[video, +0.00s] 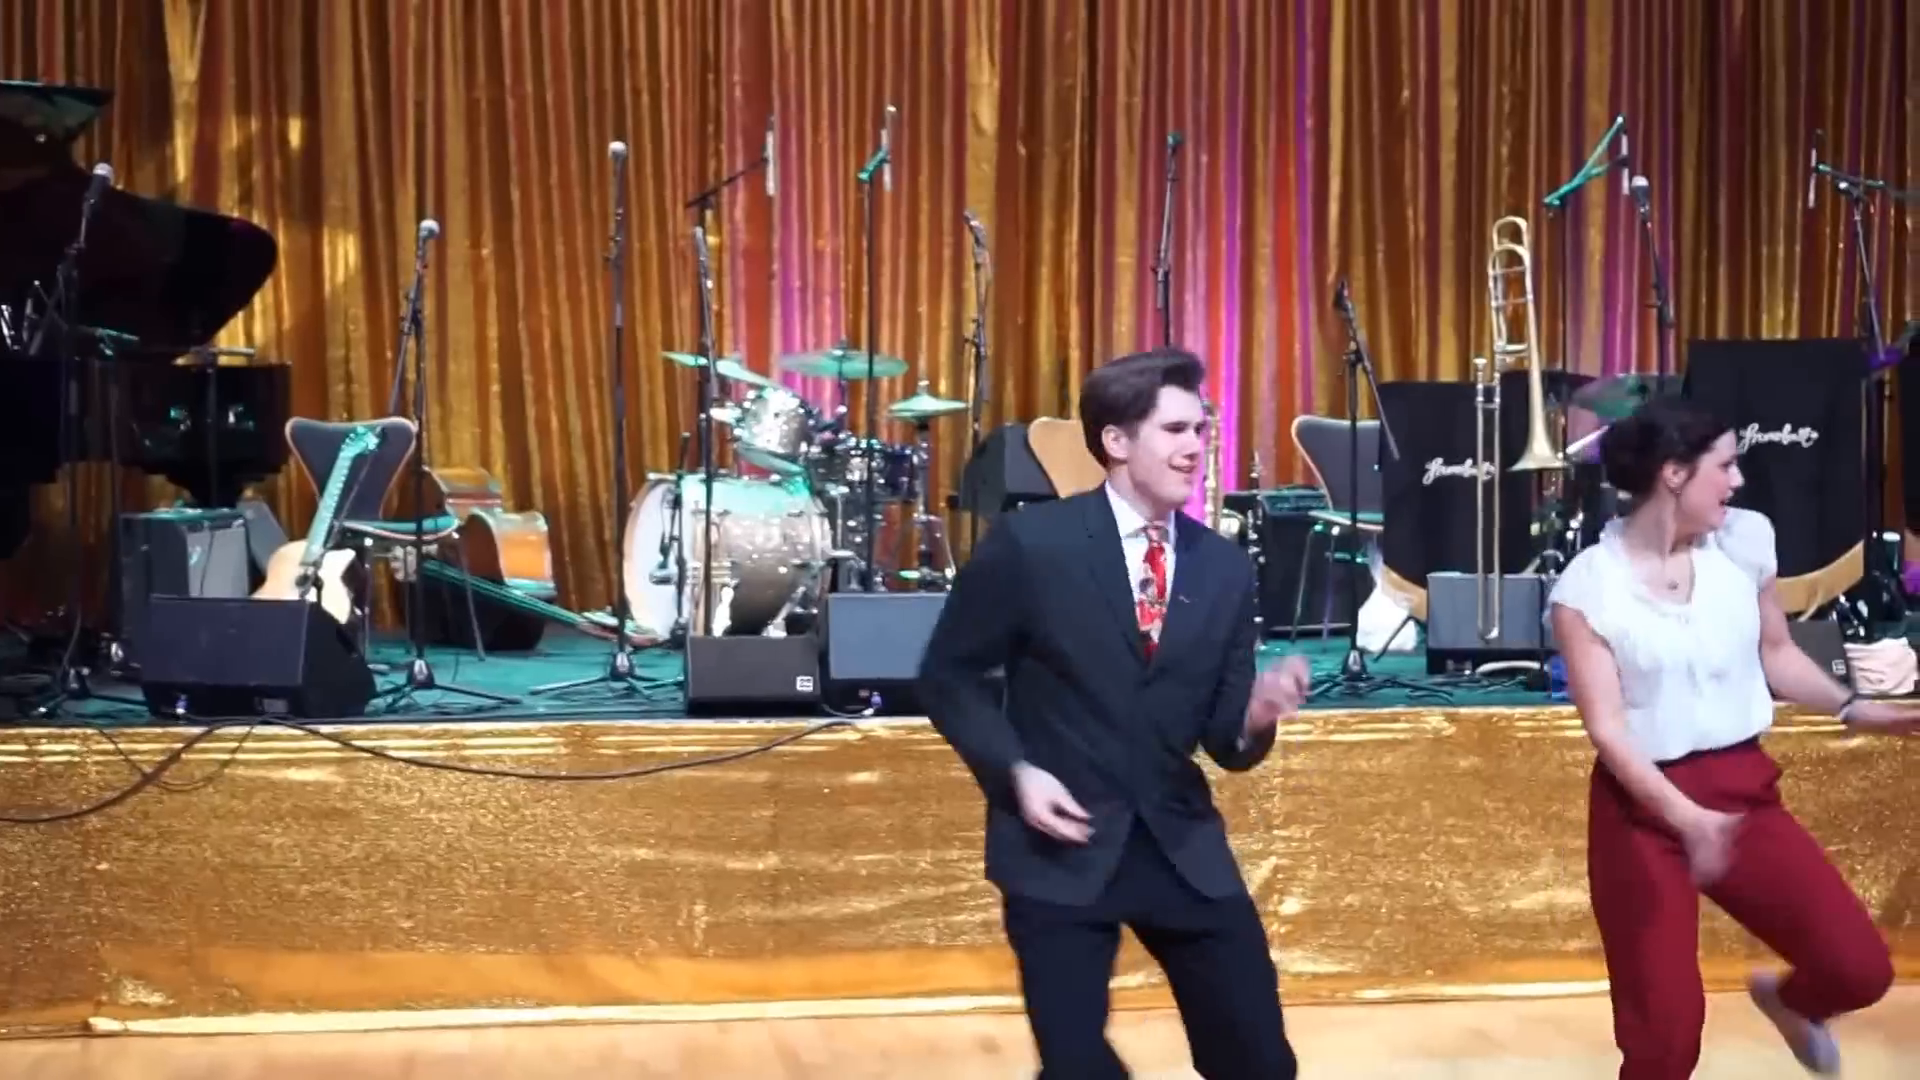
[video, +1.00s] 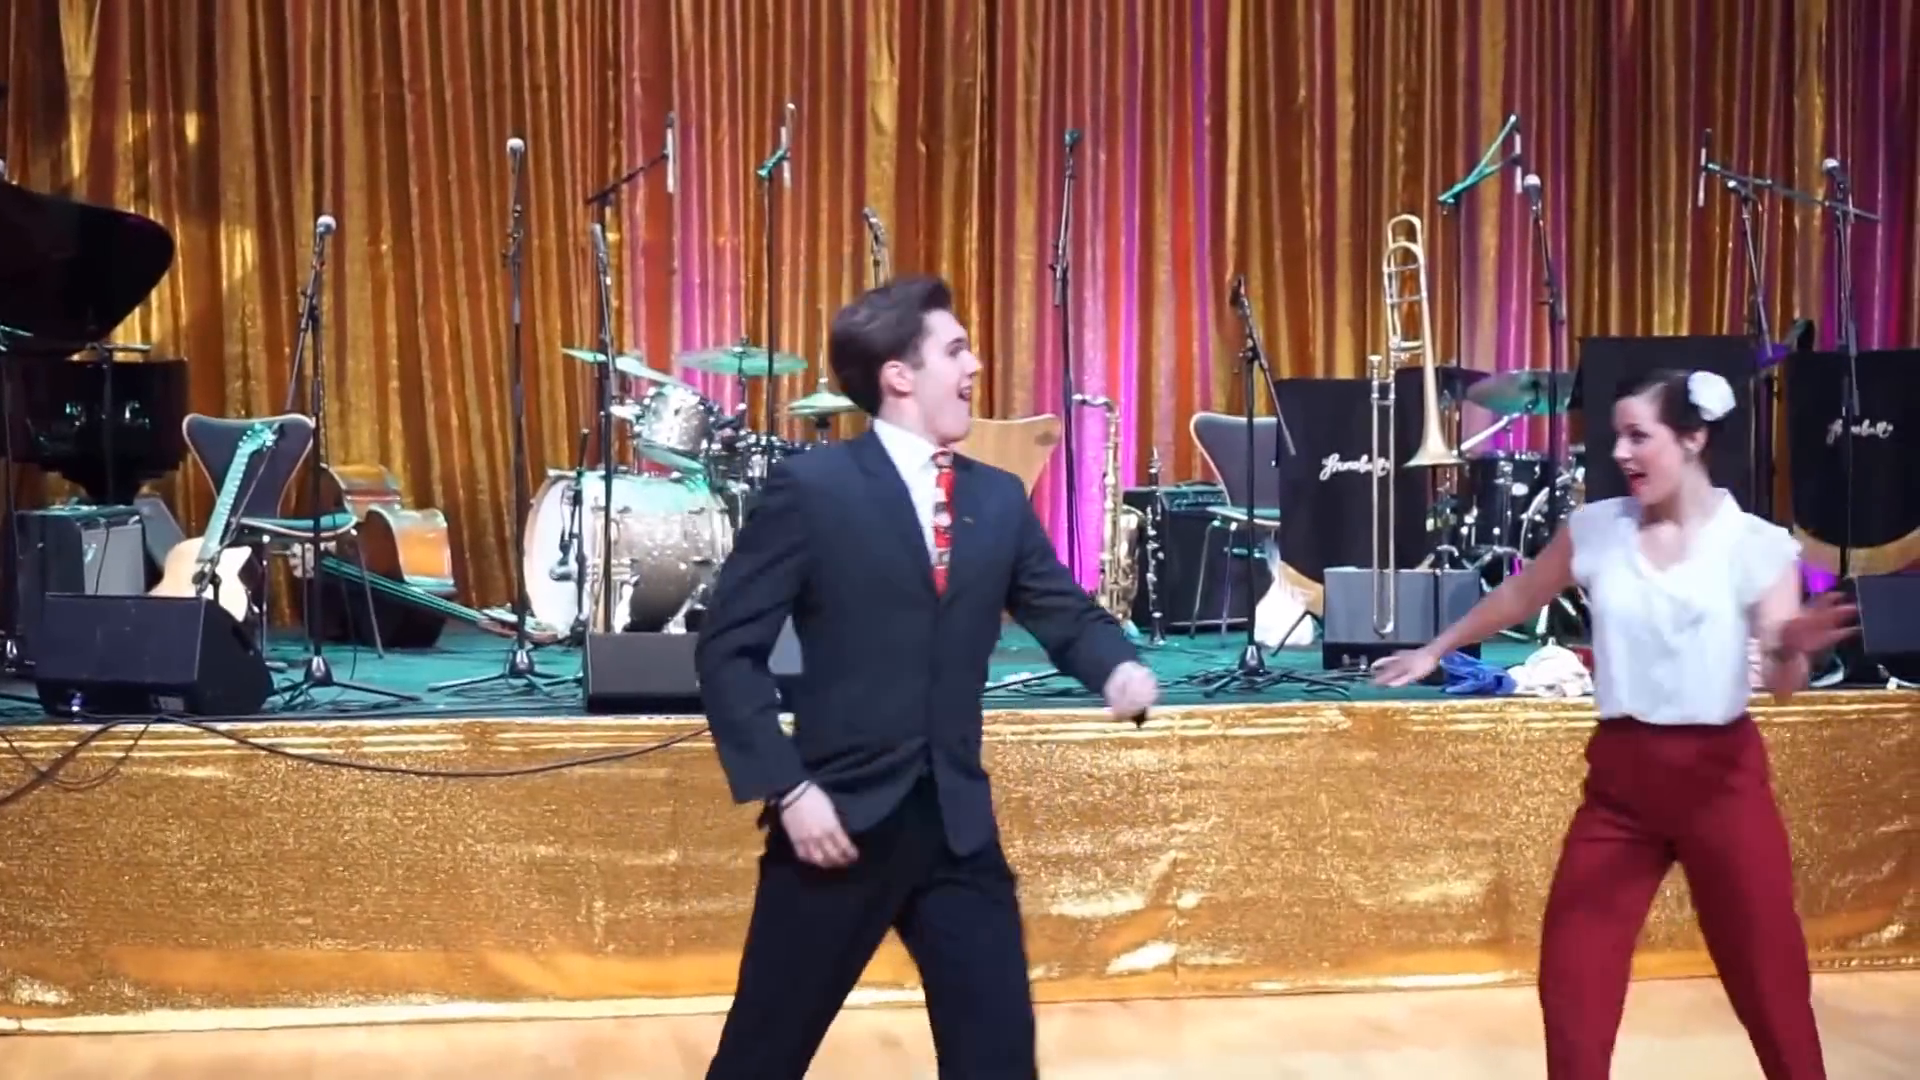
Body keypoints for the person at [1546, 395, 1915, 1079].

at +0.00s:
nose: (1735, 482)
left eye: (1734, 466)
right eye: (1723, 466)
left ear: (1676, 476)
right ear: (1671, 476)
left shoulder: (1743, 549)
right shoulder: (1587, 588)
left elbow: (1776, 650)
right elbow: (1607, 731)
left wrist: (1854, 708)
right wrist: (1688, 816)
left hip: (1745, 796)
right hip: (1640, 811)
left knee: (1861, 971)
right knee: (1665, 1044)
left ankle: (1785, 999)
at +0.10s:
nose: (1787, 445)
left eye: (1786, 430)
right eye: (1775, 431)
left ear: (1732, 438)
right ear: (1724, 438)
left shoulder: (1780, 511)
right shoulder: (1619, 544)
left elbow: (1808, 612)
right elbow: (1612, 681)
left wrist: (1910, 642)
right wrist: (1610, 815)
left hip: (1777, 772)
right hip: (1674, 785)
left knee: (1881, 970)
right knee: (1676, 1010)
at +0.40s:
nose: (1886, 440)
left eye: (1887, 423)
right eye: (1877, 422)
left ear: (1836, 424)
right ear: (1826, 423)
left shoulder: (1879, 505)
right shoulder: (1714, 522)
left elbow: (1916, 610)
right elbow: (1628, 626)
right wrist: (1546, 725)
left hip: (1849, 774)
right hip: (1744, 777)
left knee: (1869, 1012)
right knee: (1719, 1001)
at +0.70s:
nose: (1836, 451)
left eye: (1852, 434)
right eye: (1818, 431)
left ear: (1870, 443)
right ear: (1784, 435)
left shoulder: (1872, 552)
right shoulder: (1711, 526)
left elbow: (1889, 677)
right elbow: (1622, 617)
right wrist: (1530, 700)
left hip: (1827, 783)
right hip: (1722, 780)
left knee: (1835, 1012)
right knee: (1713, 1006)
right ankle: (1641, 983)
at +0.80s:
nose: (1749, 432)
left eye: (1769, 415)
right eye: (1739, 415)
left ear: (1814, 422)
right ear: (1728, 421)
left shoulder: (1858, 522)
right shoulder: (1681, 501)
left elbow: (1886, 653)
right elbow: (1585, 595)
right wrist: (1482, 669)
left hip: (1802, 762)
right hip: (1689, 758)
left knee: (1816, 988)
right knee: (1636, 973)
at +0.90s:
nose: (1683, 447)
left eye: (1700, 431)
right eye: (1677, 431)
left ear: (1756, 433)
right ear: (1674, 436)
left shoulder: (1816, 534)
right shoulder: (1640, 523)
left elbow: (1856, 668)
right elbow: (1541, 600)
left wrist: (1900, 647)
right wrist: (1434, 656)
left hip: (1774, 785)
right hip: (1660, 783)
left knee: (1809, 1014)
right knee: (1608, 998)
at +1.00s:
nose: (1622, 453)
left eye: (1638, 436)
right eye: (1618, 438)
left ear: (1694, 440)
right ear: (1617, 444)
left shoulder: (1760, 548)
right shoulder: (1591, 531)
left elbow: (1782, 684)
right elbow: (1515, 599)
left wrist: (1795, 650)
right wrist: (1435, 651)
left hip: (1725, 792)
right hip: (1617, 794)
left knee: (1776, 1008)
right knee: (1572, 1002)